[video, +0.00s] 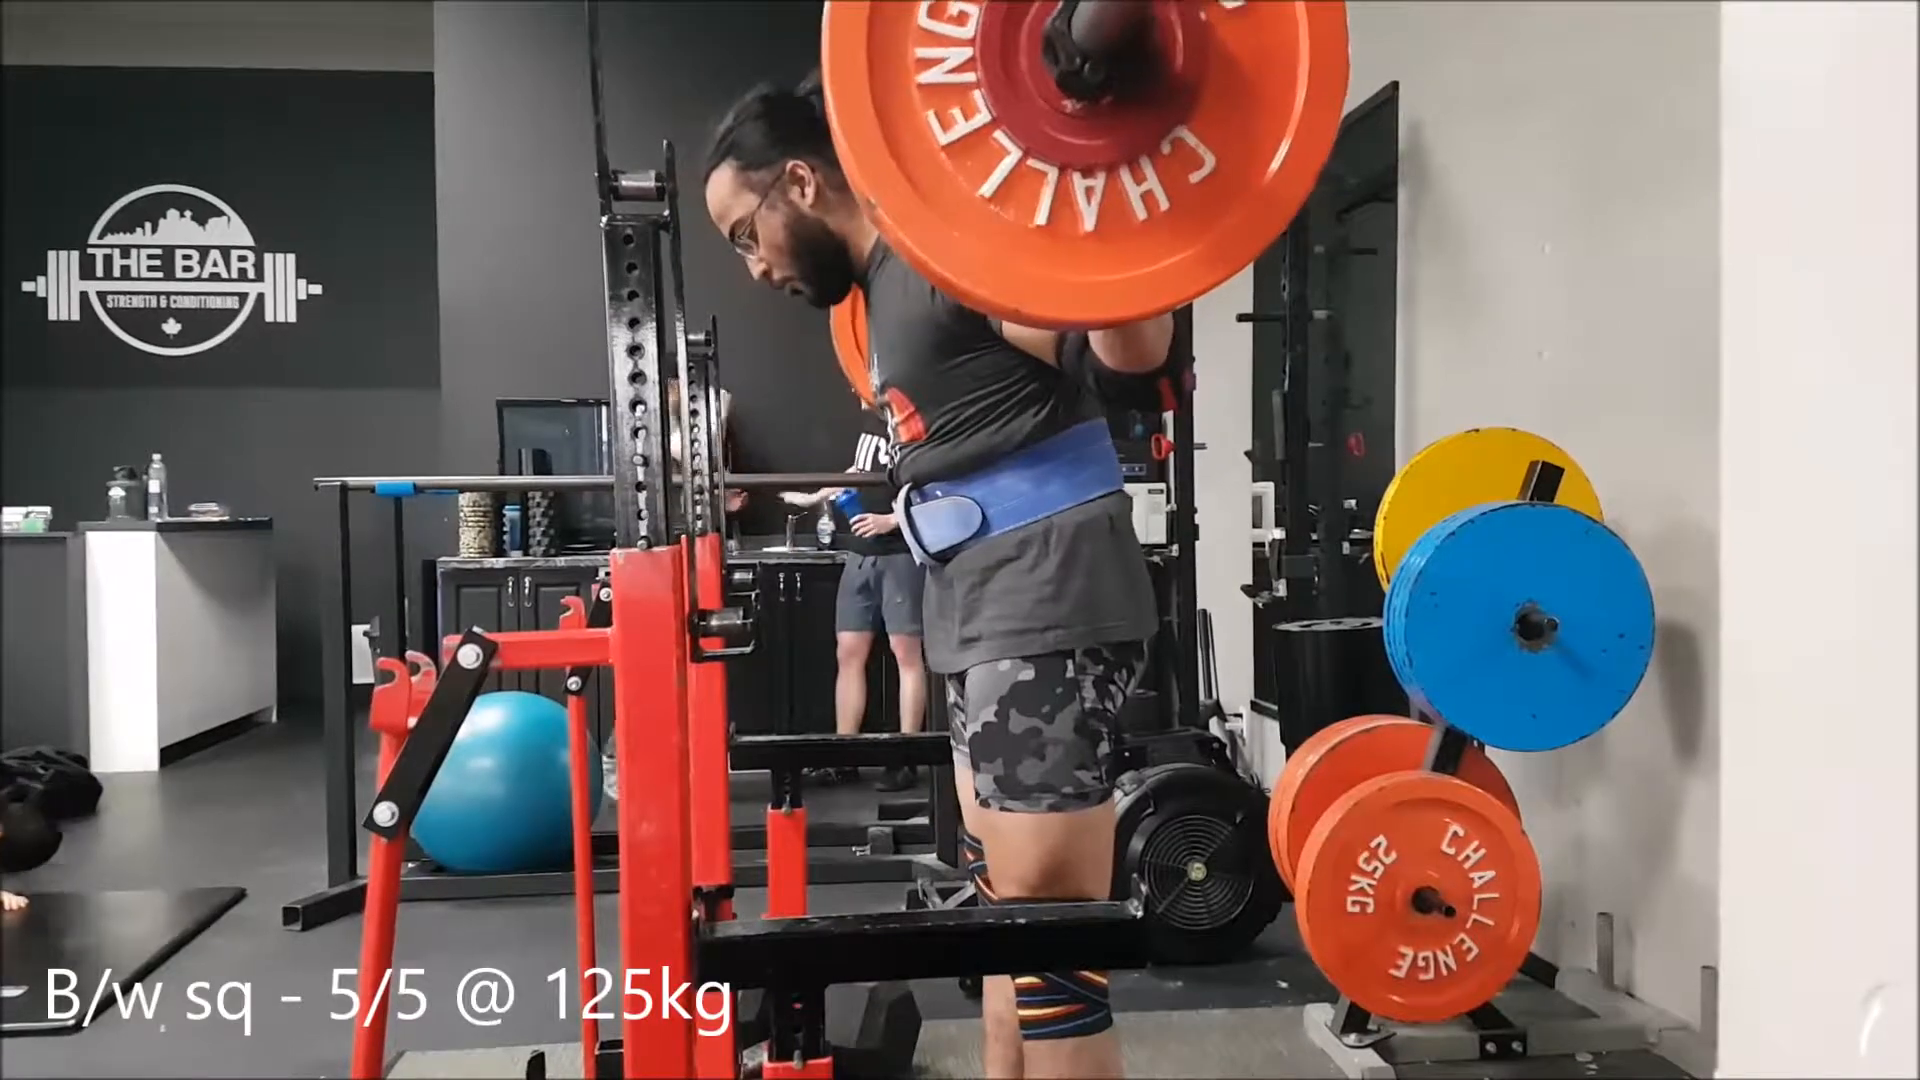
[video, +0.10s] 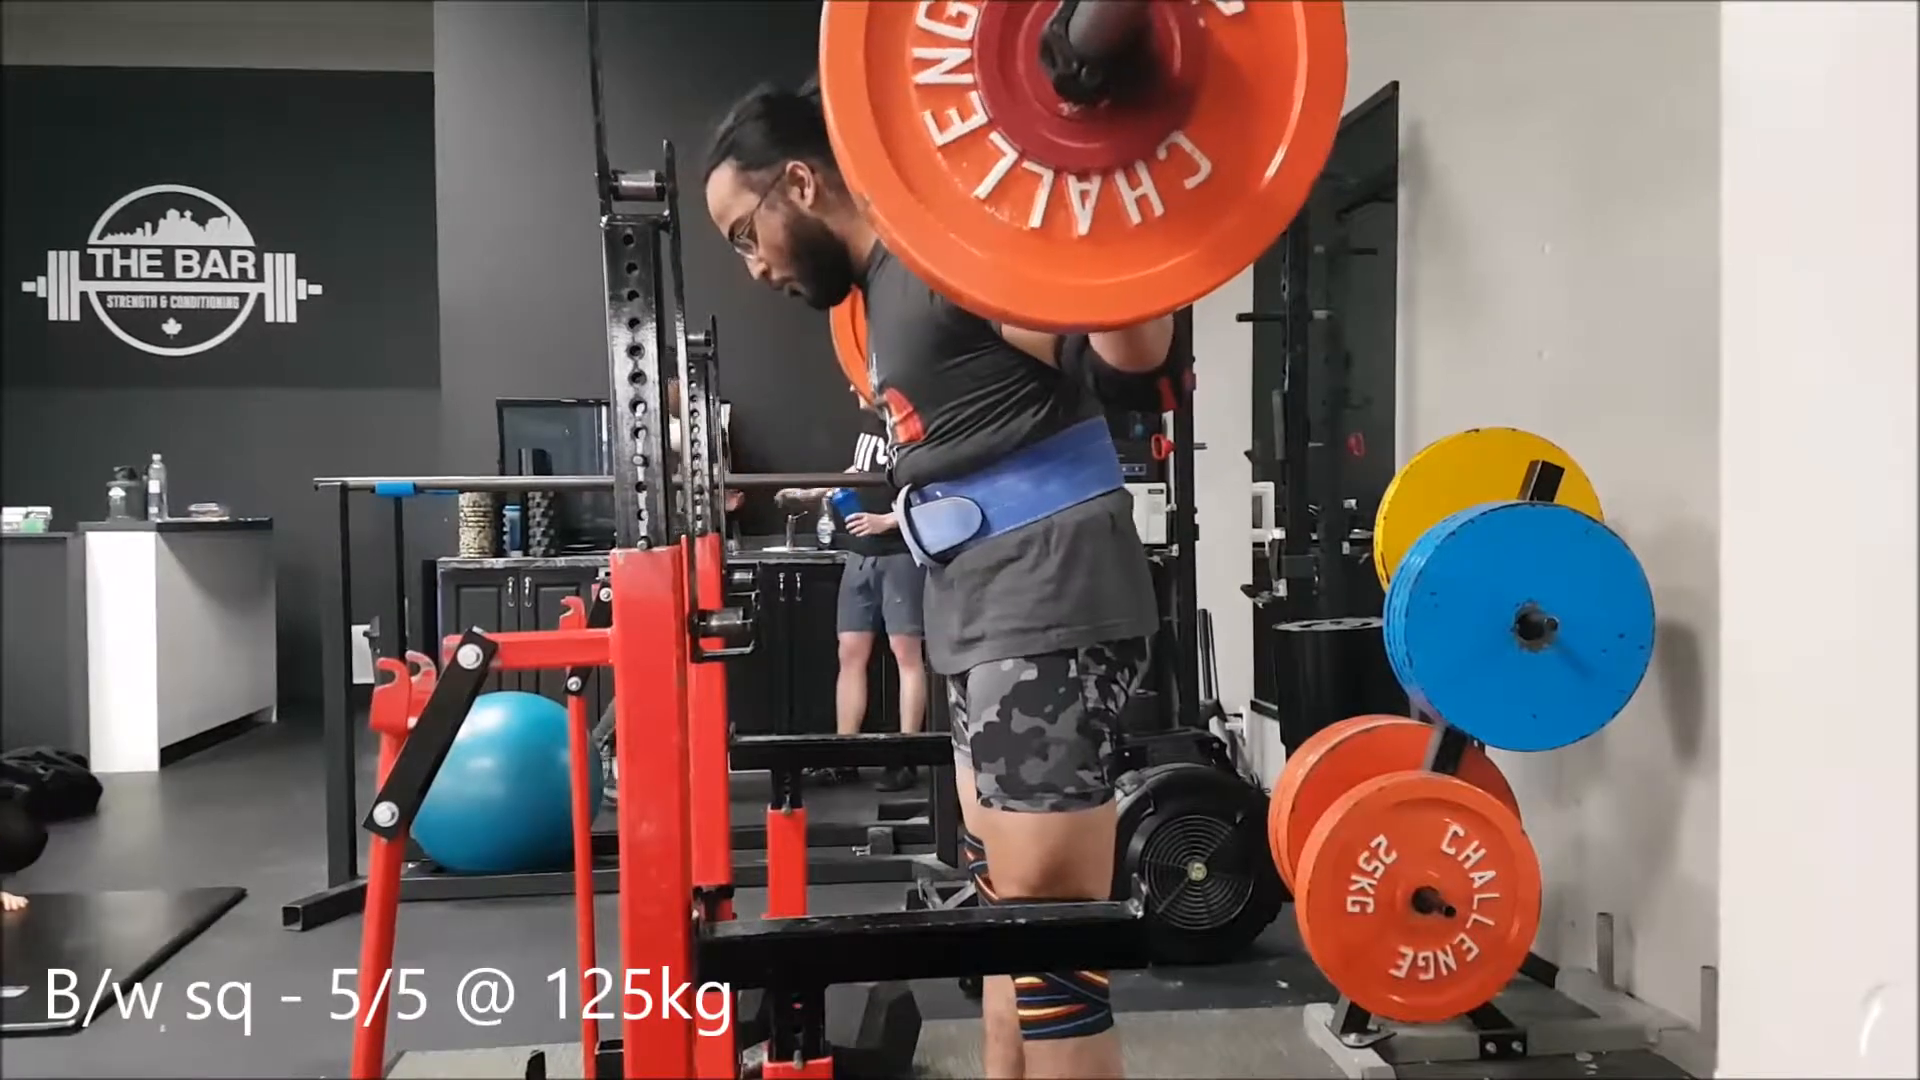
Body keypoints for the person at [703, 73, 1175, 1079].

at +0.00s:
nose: (753, 263)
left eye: (747, 230)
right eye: (737, 244)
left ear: (804, 179)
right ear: (799, 188)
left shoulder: (945, 236)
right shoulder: (882, 290)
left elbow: (1134, 346)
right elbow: (911, 479)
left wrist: (1137, 171)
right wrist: (774, 494)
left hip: (1049, 598)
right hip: (981, 606)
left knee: (1050, 941)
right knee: (1005, 932)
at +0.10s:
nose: (754, 266)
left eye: (747, 231)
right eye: (737, 245)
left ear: (806, 179)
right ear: (801, 189)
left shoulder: (942, 235)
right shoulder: (883, 285)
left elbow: (1137, 341)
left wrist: (1135, 166)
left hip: (1052, 605)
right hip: (986, 610)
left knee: (1048, 944)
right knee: (1005, 934)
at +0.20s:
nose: (753, 263)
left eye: (747, 228)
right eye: (737, 243)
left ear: (805, 178)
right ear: (802, 187)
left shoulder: (943, 238)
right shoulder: (881, 286)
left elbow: (1139, 339)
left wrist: (1131, 163)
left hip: (1052, 597)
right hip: (984, 604)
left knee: (1047, 943)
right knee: (1006, 932)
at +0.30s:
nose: (752, 258)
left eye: (747, 225)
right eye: (737, 240)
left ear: (805, 175)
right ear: (805, 184)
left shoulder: (938, 234)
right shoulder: (880, 278)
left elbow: (1135, 342)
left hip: (1048, 590)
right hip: (982, 597)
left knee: (1046, 942)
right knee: (1003, 930)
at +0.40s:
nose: (752, 255)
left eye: (747, 224)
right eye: (737, 237)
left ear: (805, 173)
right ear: (805, 182)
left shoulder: (937, 234)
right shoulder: (876, 279)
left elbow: (1129, 346)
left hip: (1048, 579)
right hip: (977, 588)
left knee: (1044, 932)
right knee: (1002, 923)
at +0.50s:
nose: (750, 256)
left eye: (747, 222)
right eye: (735, 236)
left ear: (805, 172)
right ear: (803, 182)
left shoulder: (934, 237)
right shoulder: (872, 283)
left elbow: (1119, 350)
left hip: (1047, 584)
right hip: (978, 593)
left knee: (1043, 933)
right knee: (1005, 925)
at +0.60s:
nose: (754, 252)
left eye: (750, 218)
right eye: (739, 234)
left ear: (806, 165)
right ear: (799, 177)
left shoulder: (935, 233)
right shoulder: (868, 285)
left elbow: (1122, 363)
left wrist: (1136, 198)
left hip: (1046, 586)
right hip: (973, 592)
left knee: (1043, 938)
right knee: (998, 926)